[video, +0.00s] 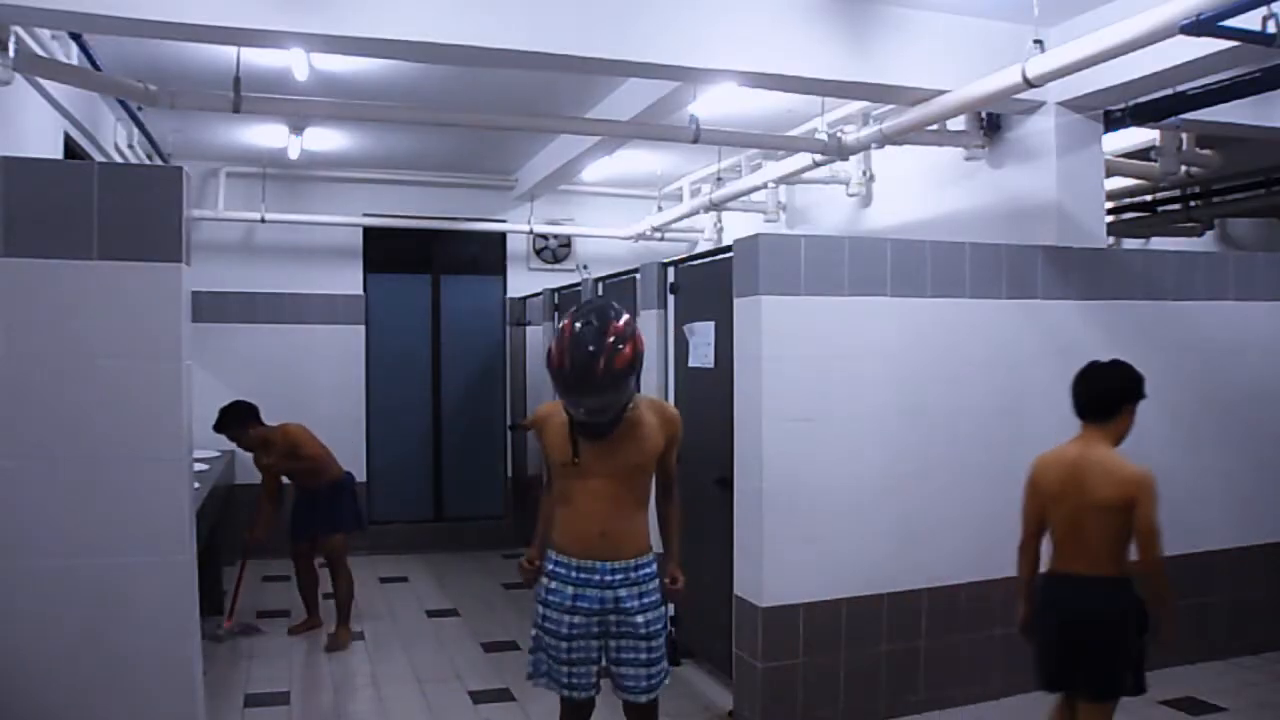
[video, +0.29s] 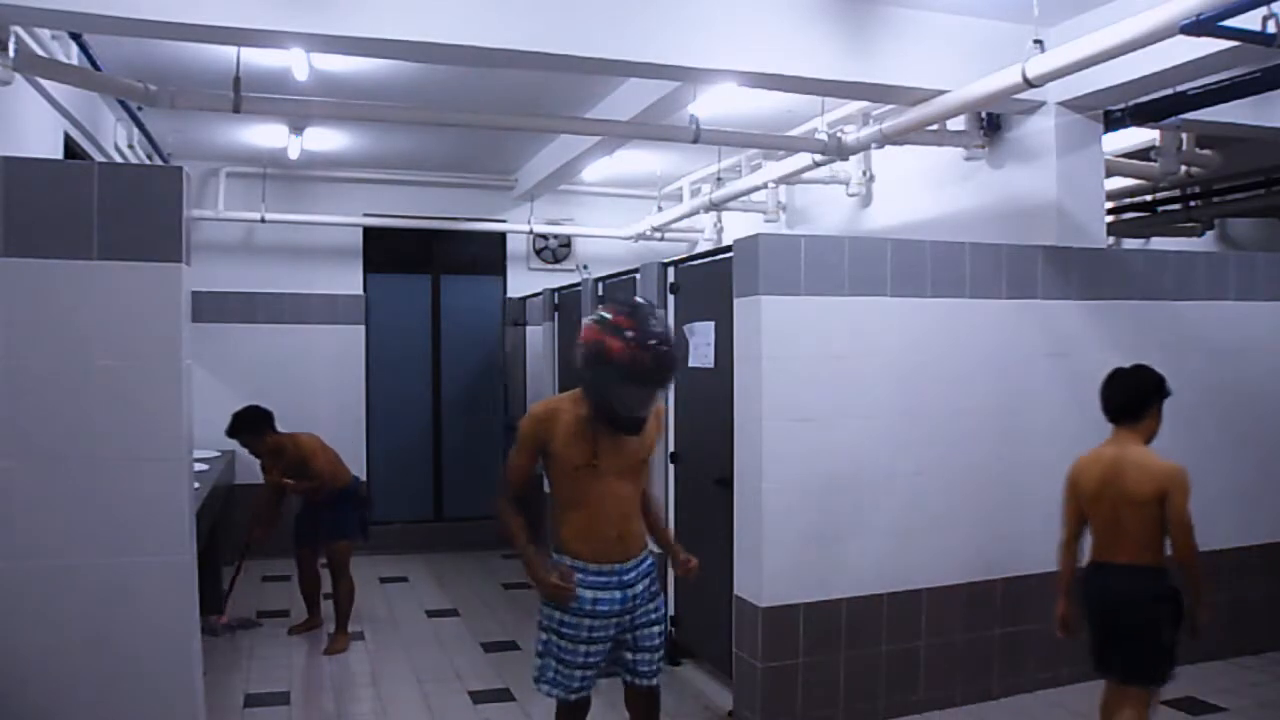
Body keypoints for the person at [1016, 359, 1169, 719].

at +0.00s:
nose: (1133, 420)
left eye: (1134, 411)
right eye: (1134, 411)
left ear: (1080, 407)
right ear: (1125, 413)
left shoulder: (1044, 468)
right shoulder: (1134, 479)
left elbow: (1029, 544)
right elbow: (1149, 559)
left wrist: (1025, 601)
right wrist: (1161, 610)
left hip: (1056, 596)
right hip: (1110, 600)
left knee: (1069, 697)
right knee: (1098, 705)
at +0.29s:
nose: (1161, 418)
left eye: (1160, 408)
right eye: (1161, 408)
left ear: (1110, 409)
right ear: (1153, 412)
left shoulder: (1082, 468)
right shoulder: (1167, 474)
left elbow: (1070, 542)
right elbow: (1183, 549)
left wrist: (1063, 599)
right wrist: (1196, 602)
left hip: (1099, 587)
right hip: (1148, 589)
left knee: (1115, 689)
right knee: (1137, 697)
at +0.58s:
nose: (1197, 409)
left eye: (1197, 400)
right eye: (1196, 400)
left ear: (1148, 400)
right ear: (1184, 403)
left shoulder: (1117, 454)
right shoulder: (1196, 461)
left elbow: (1112, 518)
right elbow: (1205, 536)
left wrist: (1123, 558)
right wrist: (1213, 594)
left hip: (1132, 574)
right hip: (1180, 575)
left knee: (1133, 669)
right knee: (1194, 667)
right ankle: (1182, 712)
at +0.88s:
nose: (1241, 405)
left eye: (1241, 396)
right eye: (1240, 397)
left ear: (1194, 395)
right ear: (1229, 398)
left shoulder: (1162, 445)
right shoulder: (1239, 458)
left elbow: (1150, 510)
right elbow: (1246, 529)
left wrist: (1159, 554)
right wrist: (1255, 583)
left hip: (1171, 561)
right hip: (1218, 565)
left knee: (1164, 649)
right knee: (1220, 656)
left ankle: (1144, 713)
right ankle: (1211, 714)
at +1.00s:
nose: (1255, 400)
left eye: (1255, 392)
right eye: (1254, 392)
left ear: (1207, 391)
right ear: (1245, 395)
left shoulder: (1174, 442)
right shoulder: (1255, 453)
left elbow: (1164, 507)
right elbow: (1267, 522)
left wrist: (1161, 553)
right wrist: (1271, 563)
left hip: (1186, 551)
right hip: (1234, 553)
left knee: (1185, 639)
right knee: (1227, 649)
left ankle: (1172, 708)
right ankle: (1212, 715)